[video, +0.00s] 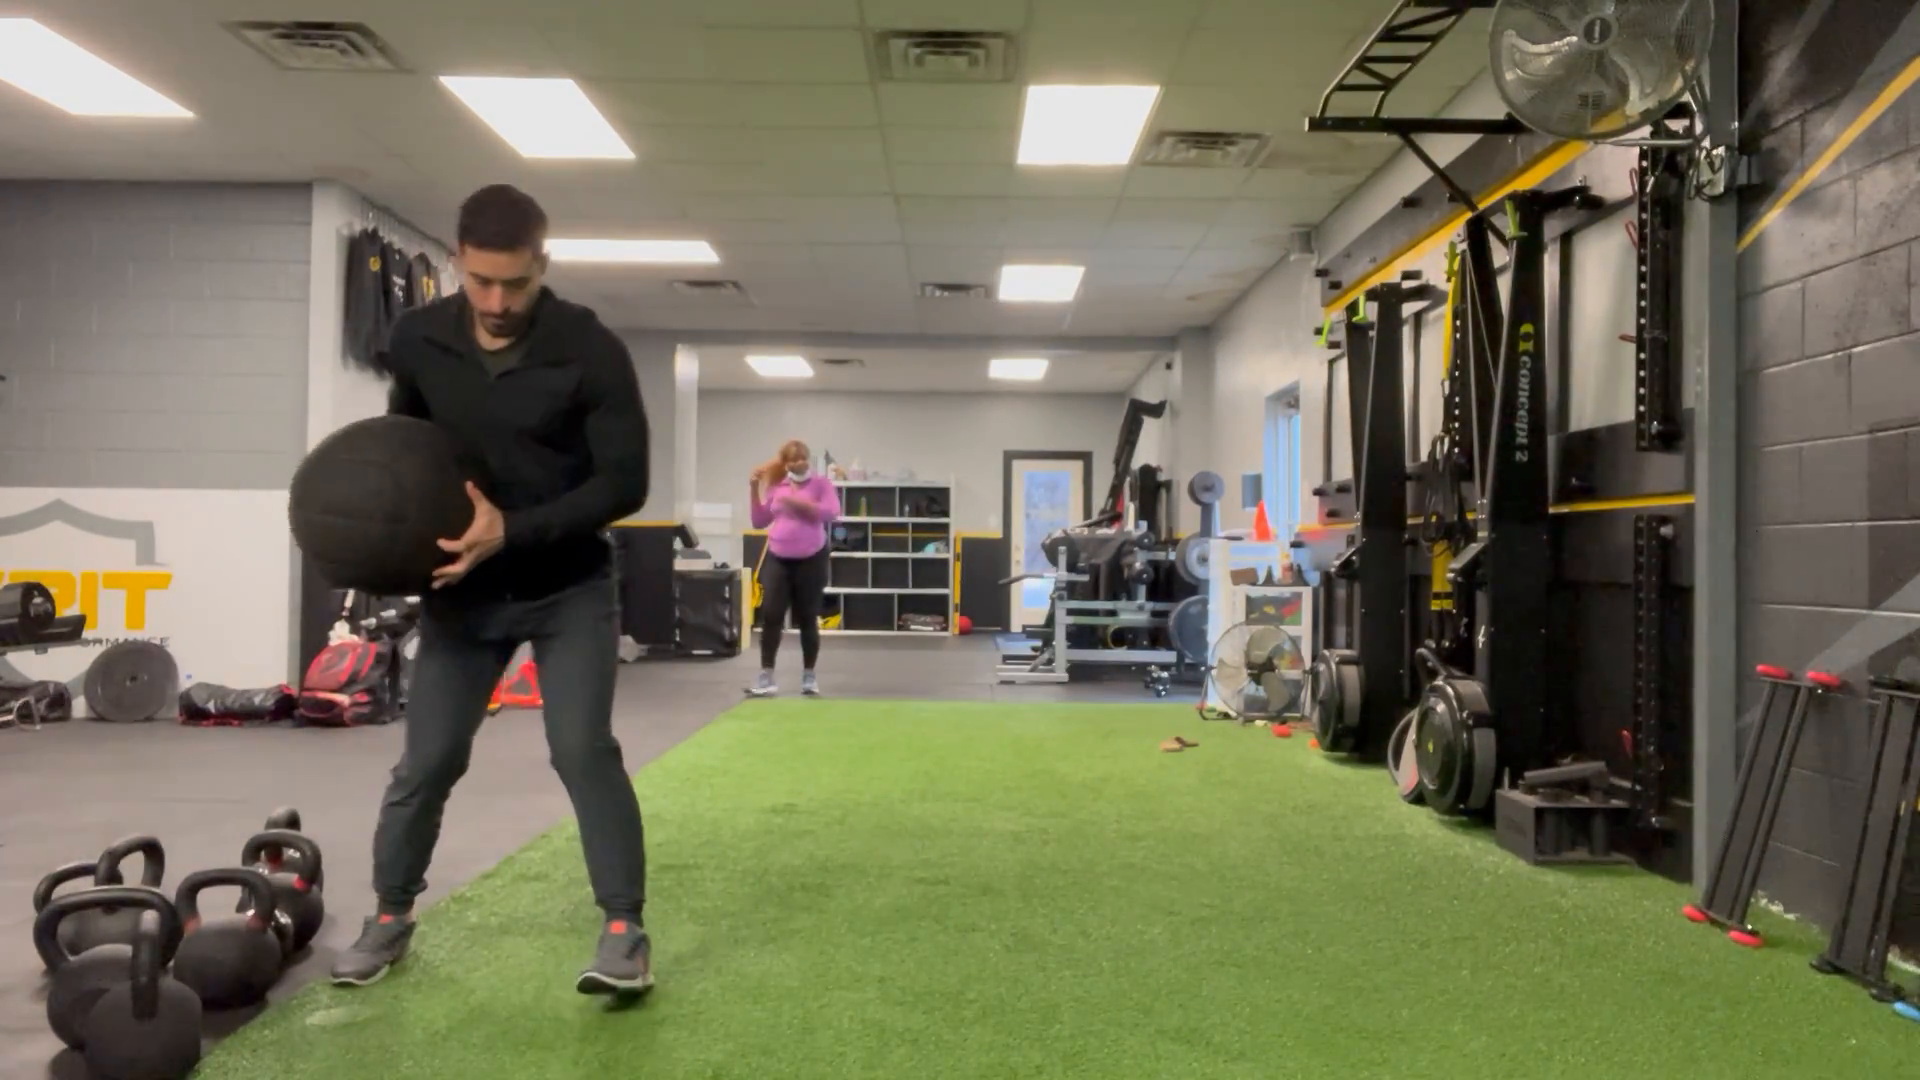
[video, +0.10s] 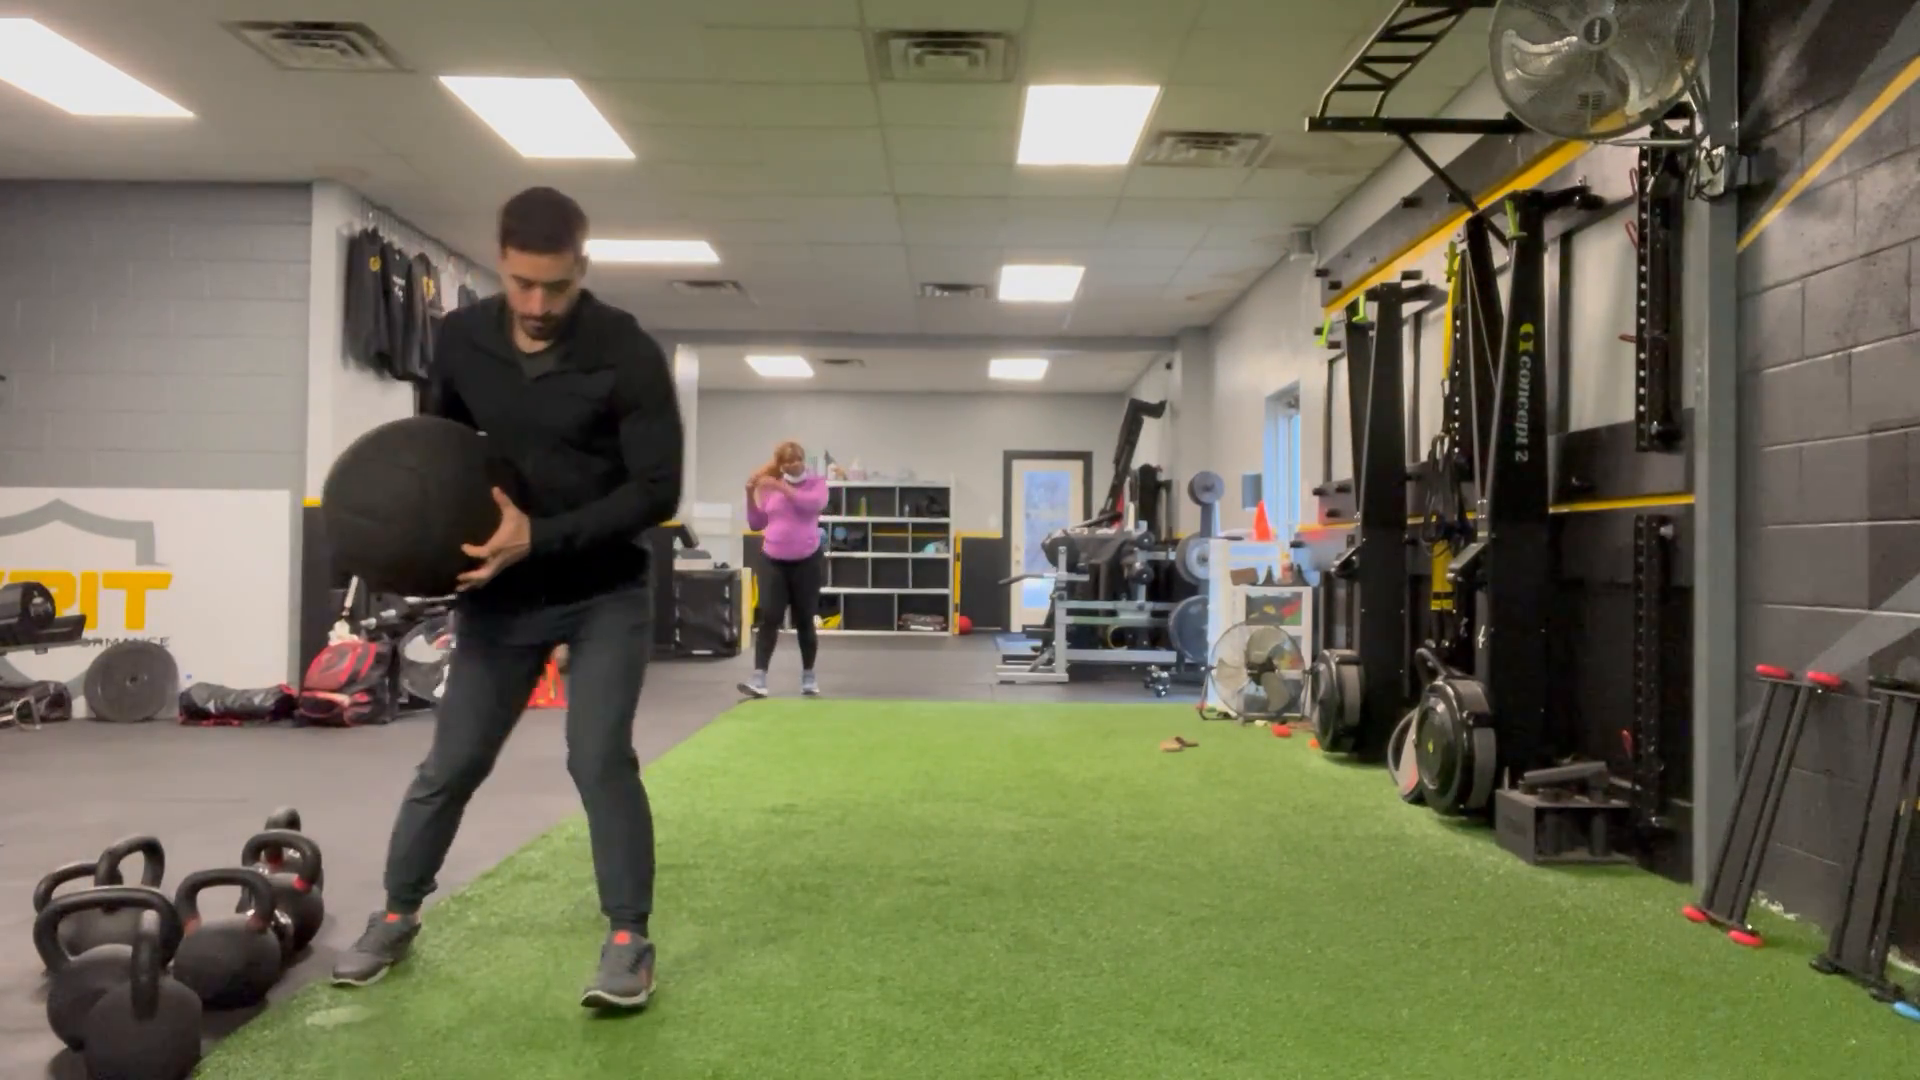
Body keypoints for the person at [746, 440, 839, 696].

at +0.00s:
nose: (799, 463)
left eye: (803, 458)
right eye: (793, 460)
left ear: (809, 459)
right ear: (784, 463)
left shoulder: (821, 484)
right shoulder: (779, 488)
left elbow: (832, 512)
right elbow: (759, 521)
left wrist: (800, 503)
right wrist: (754, 488)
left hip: (811, 557)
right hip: (778, 557)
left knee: (808, 617)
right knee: (771, 614)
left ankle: (809, 675)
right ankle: (766, 675)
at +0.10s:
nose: (795, 464)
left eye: (798, 459)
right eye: (789, 461)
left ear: (804, 460)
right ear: (779, 465)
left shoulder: (816, 483)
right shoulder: (770, 486)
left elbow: (814, 504)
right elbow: (757, 524)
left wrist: (780, 486)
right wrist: (750, 493)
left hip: (806, 558)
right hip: (773, 558)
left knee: (805, 620)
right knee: (769, 617)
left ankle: (809, 677)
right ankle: (759, 677)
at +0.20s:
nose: (789, 465)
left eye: (791, 460)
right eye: (783, 462)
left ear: (797, 460)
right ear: (772, 465)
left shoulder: (808, 482)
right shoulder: (762, 486)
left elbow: (793, 499)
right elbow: (750, 526)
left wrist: (765, 482)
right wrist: (746, 498)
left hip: (797, 559)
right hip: (764, 560)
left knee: (799, 620)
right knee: (762, 620)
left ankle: (808, 676)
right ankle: (758, 680)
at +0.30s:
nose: (778, 464)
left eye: (782, 458)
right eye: (771, 459)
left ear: (789, 459)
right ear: (762, 463)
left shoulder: (799, 480)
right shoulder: (754, 482)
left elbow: (792, 499)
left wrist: (763, 484)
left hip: (789, 556)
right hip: (756, 557)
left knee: (791, 617)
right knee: (758, 620)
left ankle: (805, 667)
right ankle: (757, 679)